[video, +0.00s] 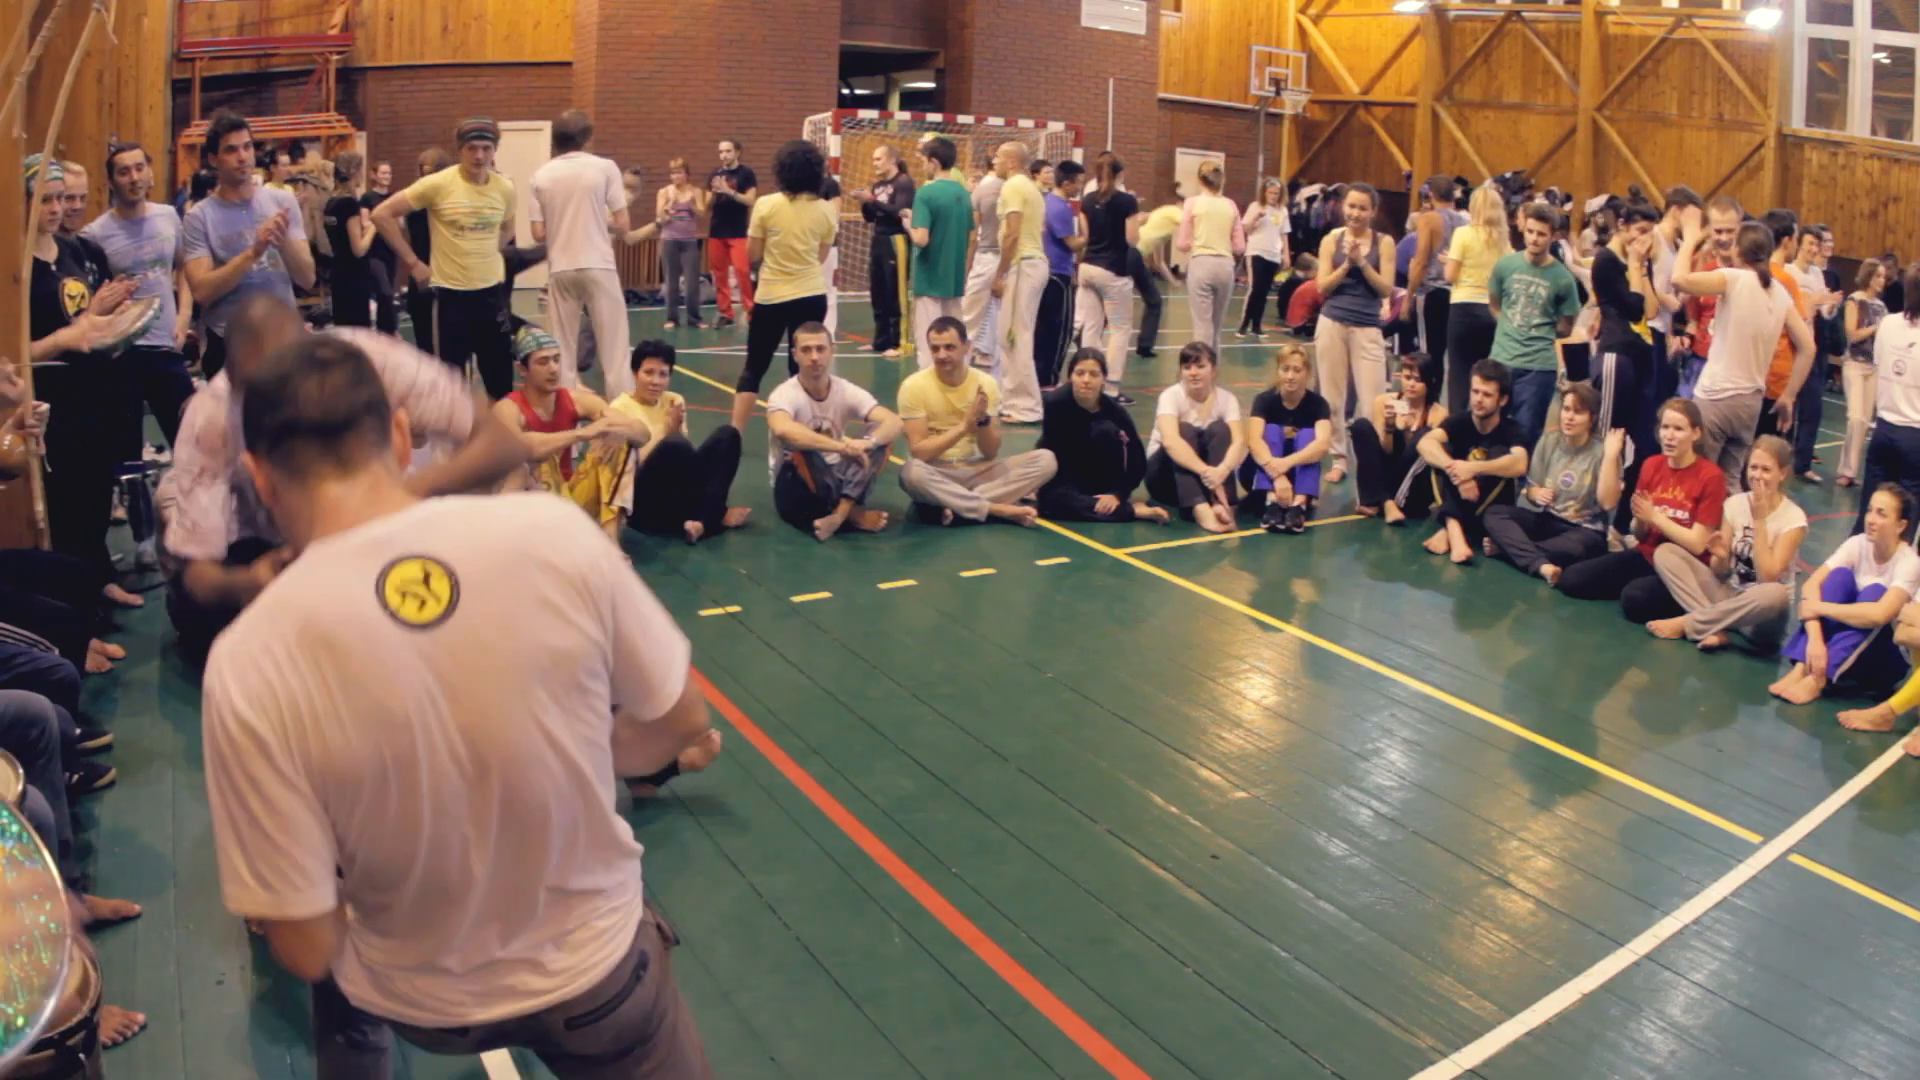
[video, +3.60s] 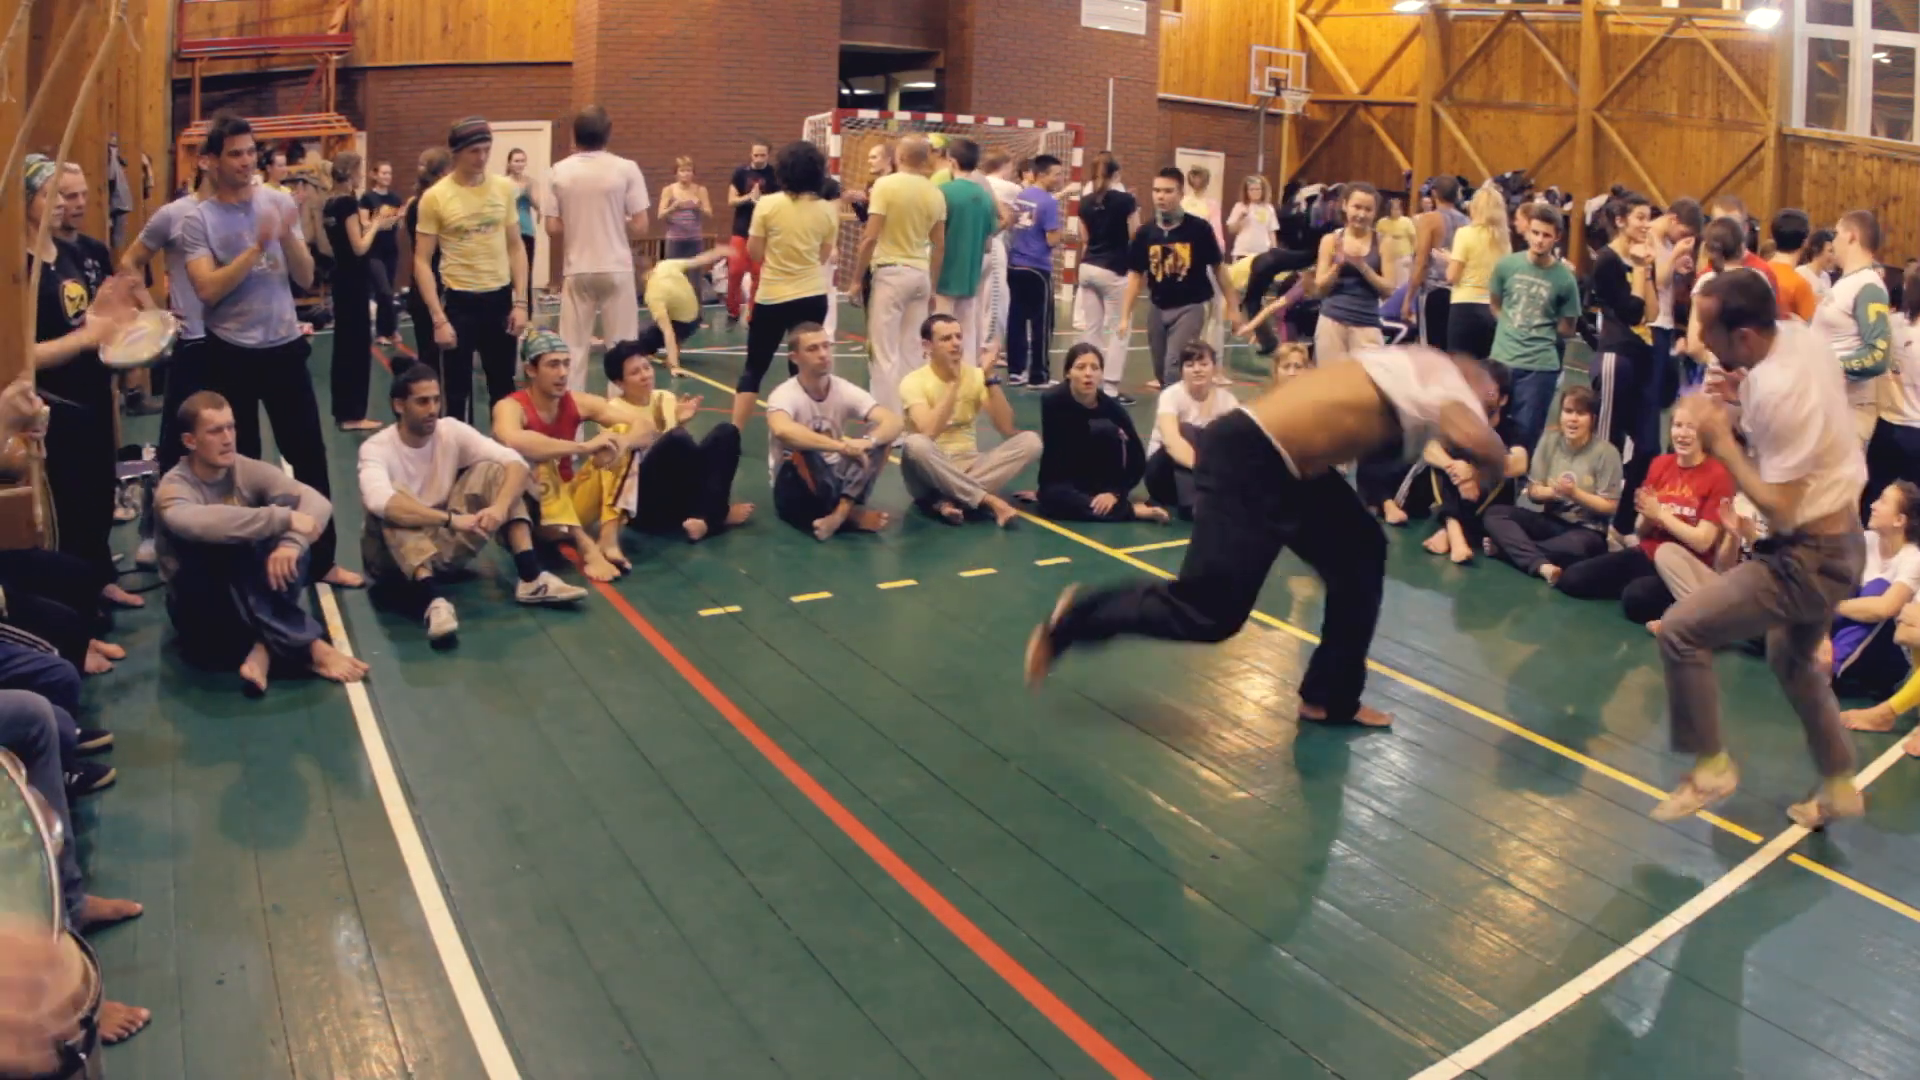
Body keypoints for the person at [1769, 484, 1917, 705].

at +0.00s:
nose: (1870, 519)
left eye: (1881, 514)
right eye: (1869, 511)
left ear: (1901, 526)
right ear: (1865, 513)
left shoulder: (1910, 562)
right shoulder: (1857, 544)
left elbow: (1880, 616)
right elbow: (1810, 585)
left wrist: (1819, 607)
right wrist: (1815, 641)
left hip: (1881, 668)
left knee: (1875, 592)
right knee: (1840, 576)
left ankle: (1817, 678)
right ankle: (1800, 668)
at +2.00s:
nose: (1871, 519)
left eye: (1881, 514)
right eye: (1870, 511)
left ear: (1901, 526)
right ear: (1865, 513)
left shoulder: (1910, 561)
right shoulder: (1857, 544)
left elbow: (1880, 616)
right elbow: (1810, 586)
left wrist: (1819, 607)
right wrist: (1815, 641)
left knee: (1875, 592)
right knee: (1840, 576)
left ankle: (1818, 678)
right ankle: (1800, 668)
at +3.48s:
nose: (1876, 511)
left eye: (1887, 507)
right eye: (1878, 504)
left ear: (1907, 524)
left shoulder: (1913, 558)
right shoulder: (1862, 541)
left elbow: (1885, 609)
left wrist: (1823, 603)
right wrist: (1823, 646)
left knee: (1879, 587)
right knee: (1847, 577)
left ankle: (1828, 672)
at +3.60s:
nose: (1873, 505)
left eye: (1883, 502)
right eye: (1878, 499)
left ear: (1900, 520)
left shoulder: (1912, 556)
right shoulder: (1862, 540)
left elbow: (1887, 608)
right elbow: (1822, 584)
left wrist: (1834, 606)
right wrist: (1822, 638)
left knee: (1878, 587)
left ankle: (1829, 666)